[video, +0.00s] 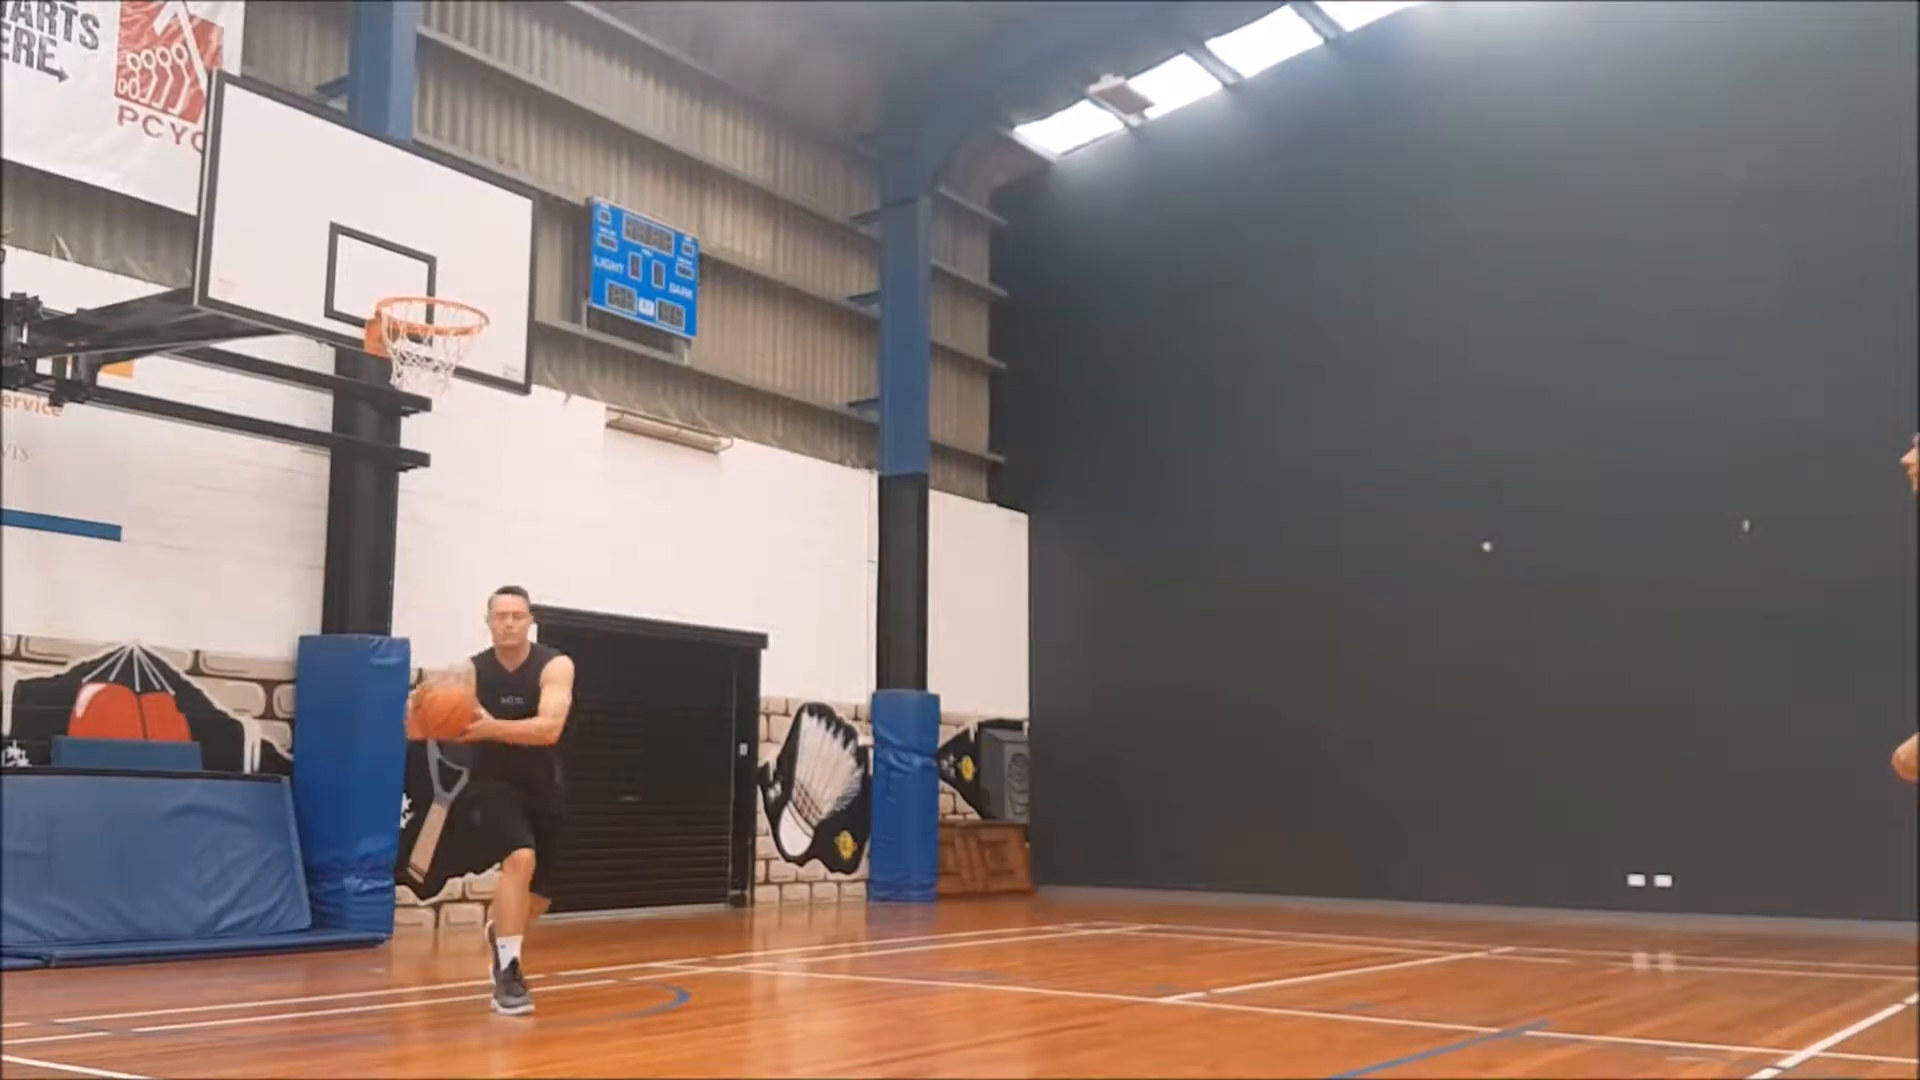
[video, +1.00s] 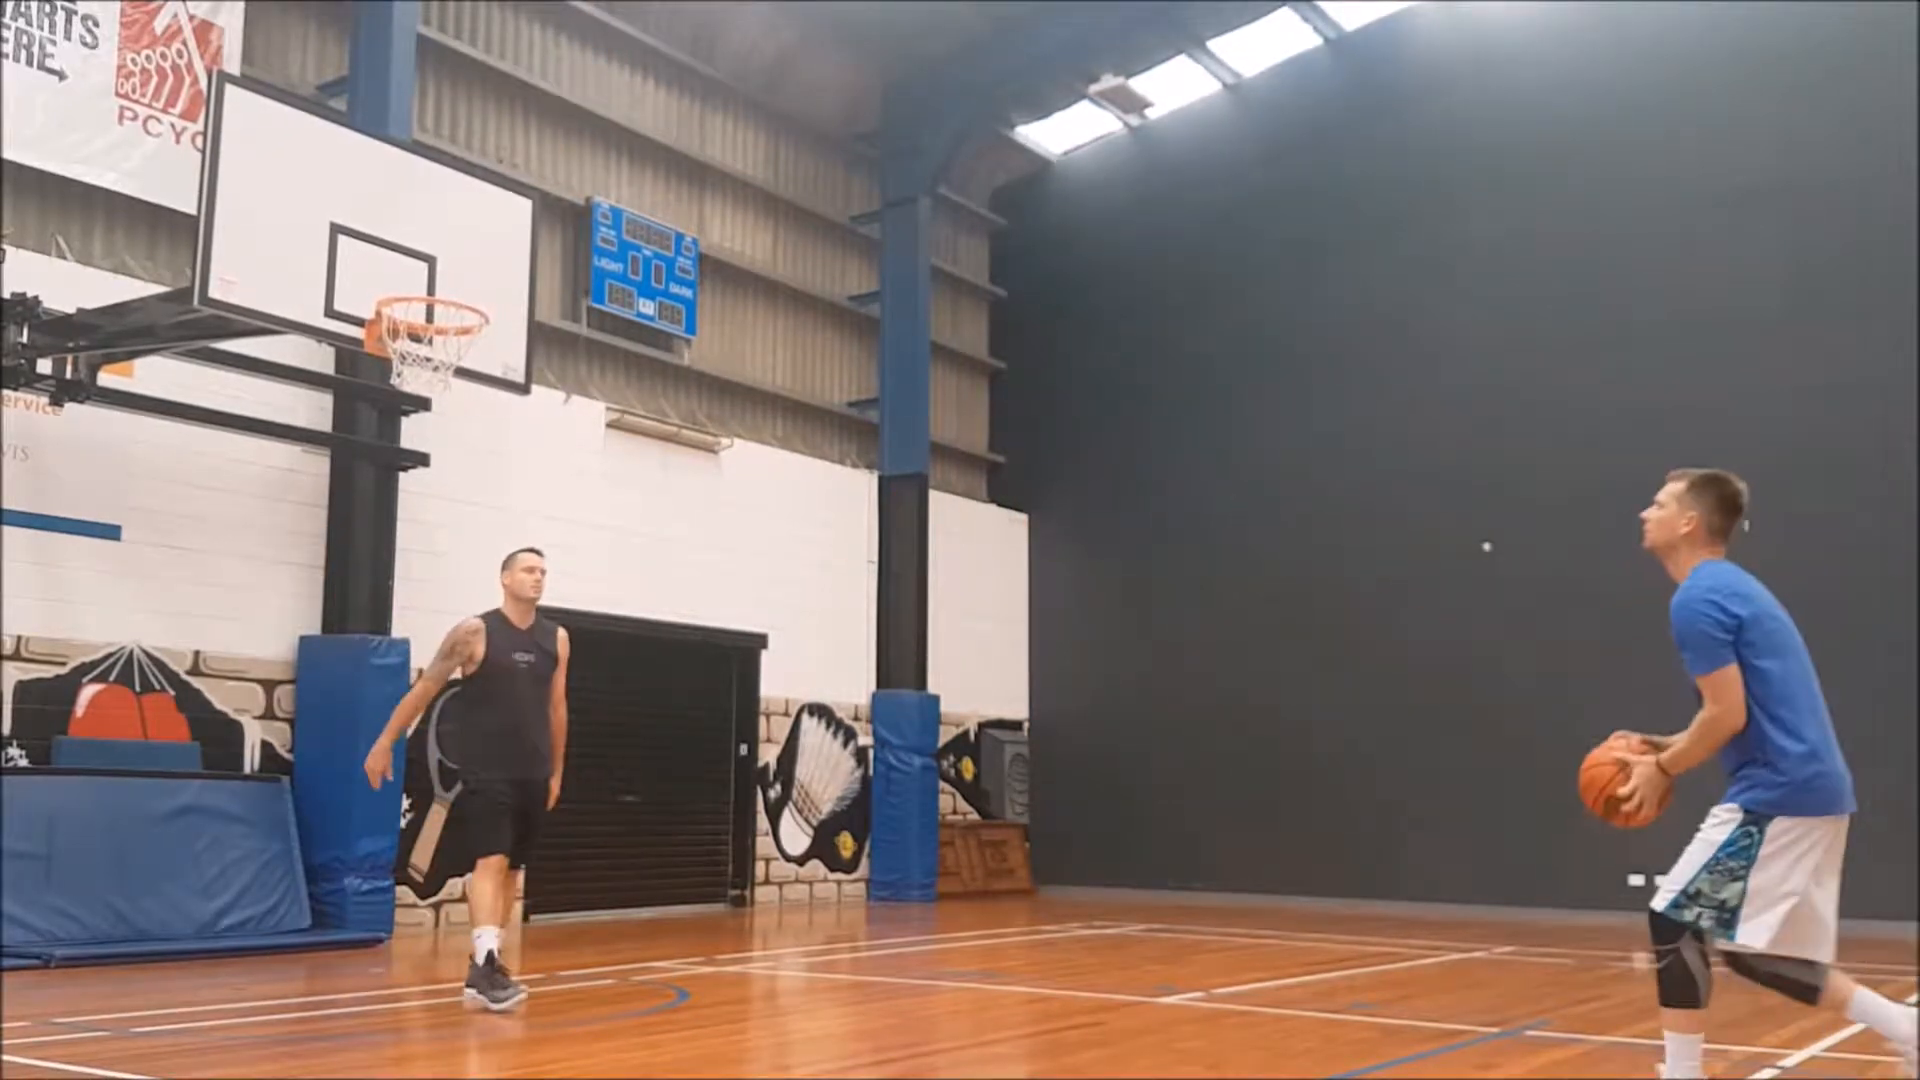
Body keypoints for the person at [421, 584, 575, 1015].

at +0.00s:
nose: (508, 625)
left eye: (516, 616)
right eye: (500, 617)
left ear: (531, 621)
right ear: (489, 623)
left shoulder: (556, 666)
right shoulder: (472, 672)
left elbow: (549, 730)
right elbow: (455, 722)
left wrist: (491, 728)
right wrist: (425, 716)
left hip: (543, 788)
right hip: (493, 784)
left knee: (541, 896)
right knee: (520, 856)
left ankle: (500, 930)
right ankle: (508, 972)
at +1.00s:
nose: (538, 578)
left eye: (542, 573)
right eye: (528, 571)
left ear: (544, 584)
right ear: (505, 579)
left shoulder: (557, 640)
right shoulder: (473, 633)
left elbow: (557, 708)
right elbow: (424, 691)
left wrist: (555, 772)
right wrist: (384, 744)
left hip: (533, 773)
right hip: (484, 769)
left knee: (510, 869)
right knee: (492, 859)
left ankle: (487, 966)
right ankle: (486, 964)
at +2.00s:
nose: (469, 591)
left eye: (476, 587)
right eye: (461, 587)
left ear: (485, 601)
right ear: (447, 601)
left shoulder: (508, 650)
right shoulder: (426, 653)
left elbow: (521, 714)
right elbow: (410, 715)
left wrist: (525, 773)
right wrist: (391, 772)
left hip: (486, 776)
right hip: (435, 776)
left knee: (473, 861)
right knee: (444, 865)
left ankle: (475, 953)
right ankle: (451, 954)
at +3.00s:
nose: (446, 590)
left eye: (453, 588)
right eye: (438, 590)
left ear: (467, 608)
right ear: (429, 612)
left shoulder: (491, 642)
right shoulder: (418, 659)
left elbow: (533, 685)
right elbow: (376, 702)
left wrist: (517, 642)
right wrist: (363, 653)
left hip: (484, 768)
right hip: (432, 773)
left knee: (470, 854)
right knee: (441, 867)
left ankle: (466, 957)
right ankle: (450, 956)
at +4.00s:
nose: (483, 596)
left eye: (486, 589)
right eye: (473, 588)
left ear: (488, 597)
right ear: (447, 595)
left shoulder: (486, 649)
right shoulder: (433, 642)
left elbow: (524, 690)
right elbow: (490, 671)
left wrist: (552, 660)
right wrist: (557, 661)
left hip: (461, 783)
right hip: (419, 780)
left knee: (491, 876)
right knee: (463, 860)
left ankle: (428, 948)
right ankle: (442, 979)